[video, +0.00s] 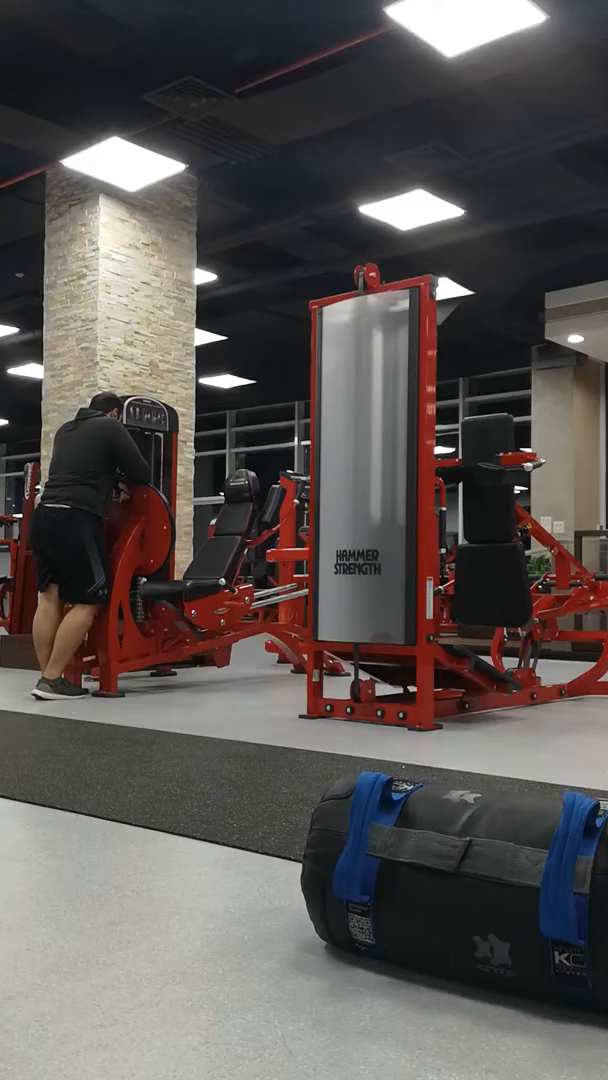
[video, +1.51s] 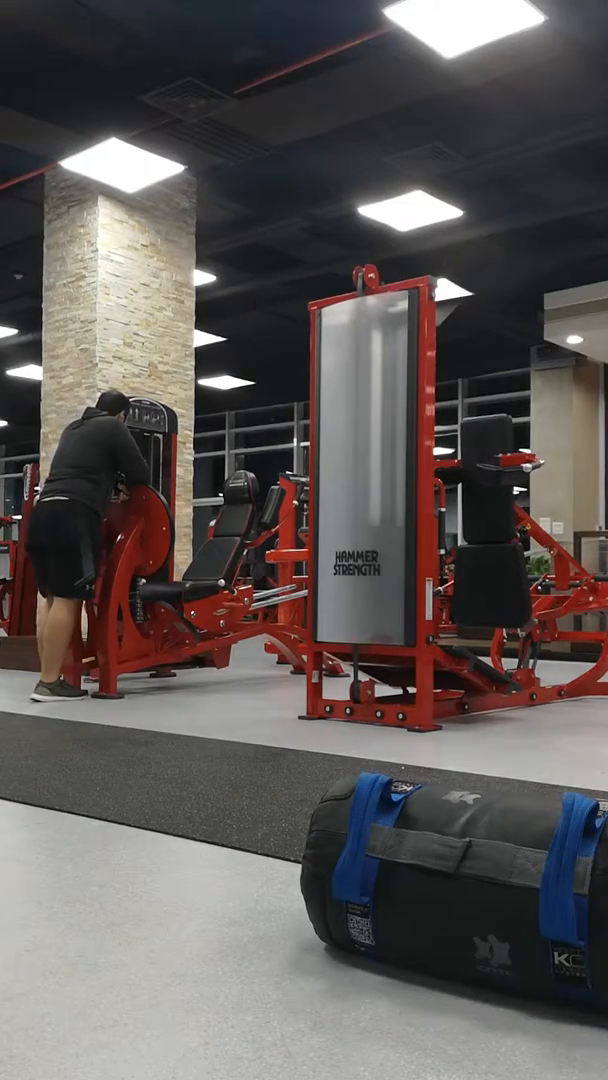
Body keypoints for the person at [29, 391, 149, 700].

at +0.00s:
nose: (120, 421)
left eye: (120, 417)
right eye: (121, 417)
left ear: (91, 409)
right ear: (113, 413)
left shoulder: (65, 429)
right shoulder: (112, 428)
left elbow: (72, 470)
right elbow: (142, 476)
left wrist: (111, 485)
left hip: (43, 516)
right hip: (76, 520)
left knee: (48, 597)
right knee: (87, 602)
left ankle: (47, 676)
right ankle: (53, 678)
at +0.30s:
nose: (120, 421)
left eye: (120, 417)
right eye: (120, 417)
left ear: (90, 409)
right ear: (113, 413)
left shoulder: (65, 429)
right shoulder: (111, 428)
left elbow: (72, 470)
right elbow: (142, 475)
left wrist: (111, 485)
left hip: (43, 516)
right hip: (76, 519)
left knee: (48, 597)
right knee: (86, 602)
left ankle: (47, 676)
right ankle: (52, 678)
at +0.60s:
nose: (120, 421)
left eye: (120, 417)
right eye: (120, 417)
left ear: (91, 409)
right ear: (113, 413)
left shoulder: (65, 429)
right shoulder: (111, 428)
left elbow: (72, 471)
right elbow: (142, 476)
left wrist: (111, 486)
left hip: (43, 516)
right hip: (75, 520)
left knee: (48, 598)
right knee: (86, 602)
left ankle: (47, 676)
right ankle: (52, 678)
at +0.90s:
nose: (121, 420)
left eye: (121, 416)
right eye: (121, 415)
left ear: (92, 409)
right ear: (114, 413)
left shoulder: (67, 428)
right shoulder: (111, 428)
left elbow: (74, 470)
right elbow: (141, 476)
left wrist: (111, 486)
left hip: (42, 516)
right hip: (74, 519)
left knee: (48, 598)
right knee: (82, 602)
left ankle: (46, 677)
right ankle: (52, 679)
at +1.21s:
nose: (123, 419)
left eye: (122, 416)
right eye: (124, 415)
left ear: (95, 408)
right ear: (118, 412)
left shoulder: (71, 427)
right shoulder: (113, 427)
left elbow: (74, 468)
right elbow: (141, 475)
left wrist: (111, 484)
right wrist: (112, 472)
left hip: (42, 513)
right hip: (73, 516)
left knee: (49, 598)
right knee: (75, 602)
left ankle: (47, 677)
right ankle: (51, 681)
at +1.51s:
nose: (124, 421)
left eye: (124, 418)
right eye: (126, 417)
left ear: (98, 409)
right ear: (121, 414)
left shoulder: (73, 427)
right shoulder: (113, 426)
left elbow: (75, 469)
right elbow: (141, 476)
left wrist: (111, 484)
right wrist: (115, 473)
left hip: (42, 511)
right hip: (71, 512)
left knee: (50, 599)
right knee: (66, 601)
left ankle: (48, 678)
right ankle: (50, 681)